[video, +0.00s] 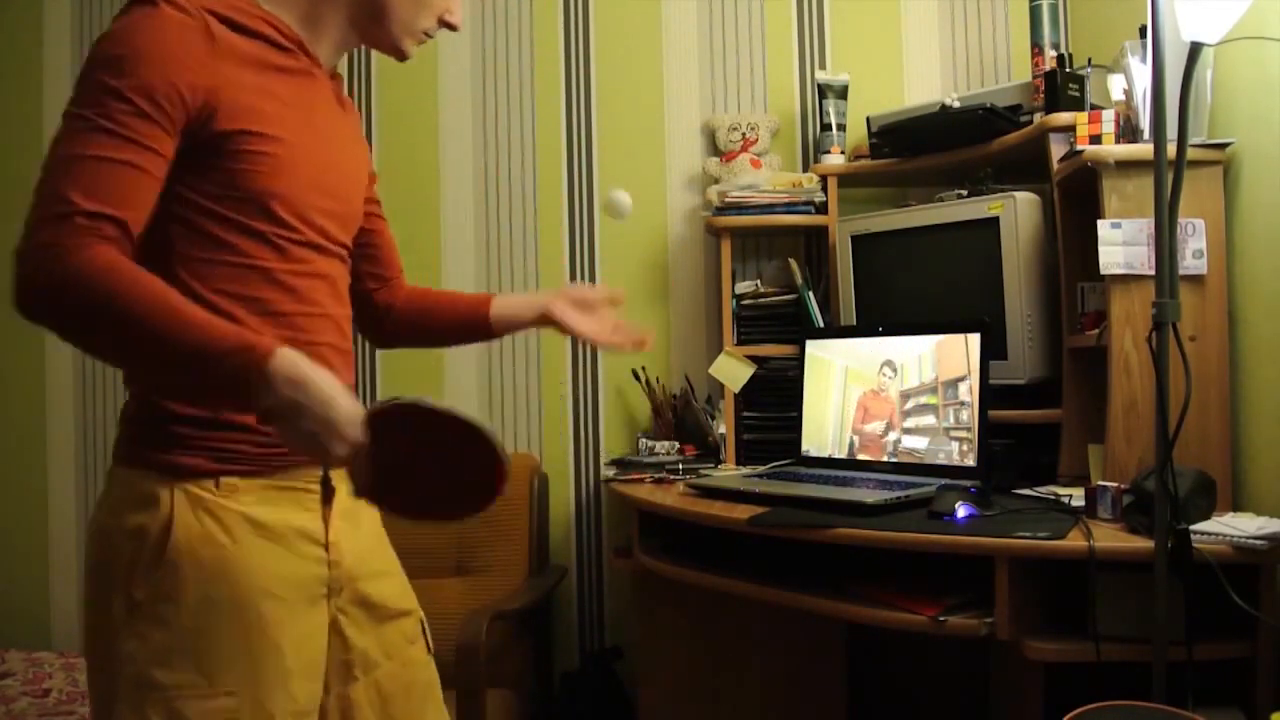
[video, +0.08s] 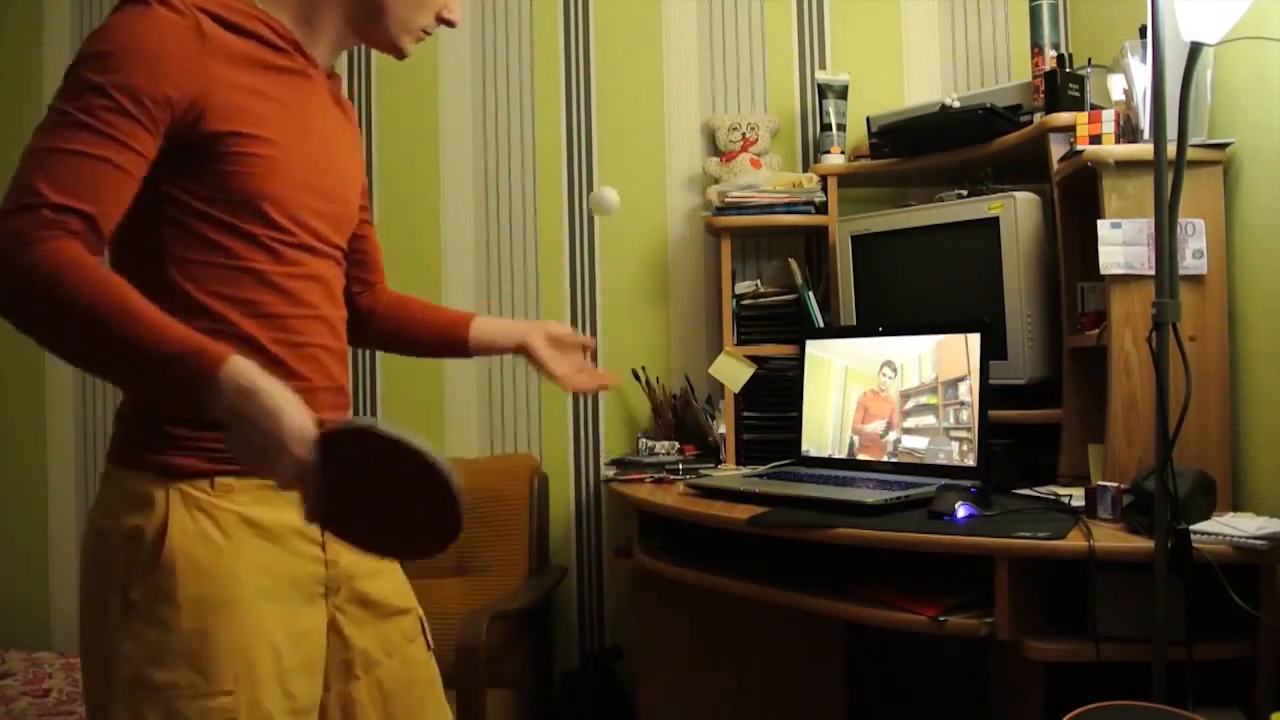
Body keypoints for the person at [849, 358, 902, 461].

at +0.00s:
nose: (885, 380)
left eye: (890, 378)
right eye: (883, 375)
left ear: (893, 380)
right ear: (878, 374)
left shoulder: (891, 402)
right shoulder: (865, 398)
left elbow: (896, 428)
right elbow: (855, 428)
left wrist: (891, 436)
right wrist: (871, 428)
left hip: (882, 452)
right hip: (865, 450)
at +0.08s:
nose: (885, 380)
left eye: (890, 378)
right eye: (883, 375)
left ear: (893, 380)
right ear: (878, 374)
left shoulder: (891, 402)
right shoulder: (865, 398)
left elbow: (894, 427)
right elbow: (855, 428)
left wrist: (891, 435)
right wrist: (872, 428)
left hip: (882, 452)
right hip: (865, 450)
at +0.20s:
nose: (884, 381)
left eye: (889, 378)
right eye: (883, 375)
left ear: (892, 381)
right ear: (877, 374)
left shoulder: (890, 402)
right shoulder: (864, 398)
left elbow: (894, 427)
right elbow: (854, 427)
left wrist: (889, 435)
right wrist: (873, 428)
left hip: (882, 453)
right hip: (864, 451)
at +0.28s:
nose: (884, 380)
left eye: (888, 378)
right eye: (882, 375)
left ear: (892, 381)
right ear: (877, 374)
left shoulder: (889, 402)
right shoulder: (863, 398)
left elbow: (893, 427)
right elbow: (852, 427)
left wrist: (889, 437)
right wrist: (873, 430)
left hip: (881, 454)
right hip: (863, 452)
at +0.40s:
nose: (882, 379)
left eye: (887, 377)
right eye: (880, 373)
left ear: (890, 380)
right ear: (875, 373)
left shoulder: (885, 402)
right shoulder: (860, 397)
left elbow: (887, 427)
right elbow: (849, 427)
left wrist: (885, 440)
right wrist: (868, 434)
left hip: (878, 455)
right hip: (860, 454)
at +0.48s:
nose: (882, 378)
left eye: (886, 376)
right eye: (880, 373)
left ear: (889, 380)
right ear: (874, 372)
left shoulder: (884, 402)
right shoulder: (859, 396)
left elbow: (885, 428)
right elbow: (846, 426)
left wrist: (886, 441)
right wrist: (864, 436)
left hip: (878, 457)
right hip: (859, 455)